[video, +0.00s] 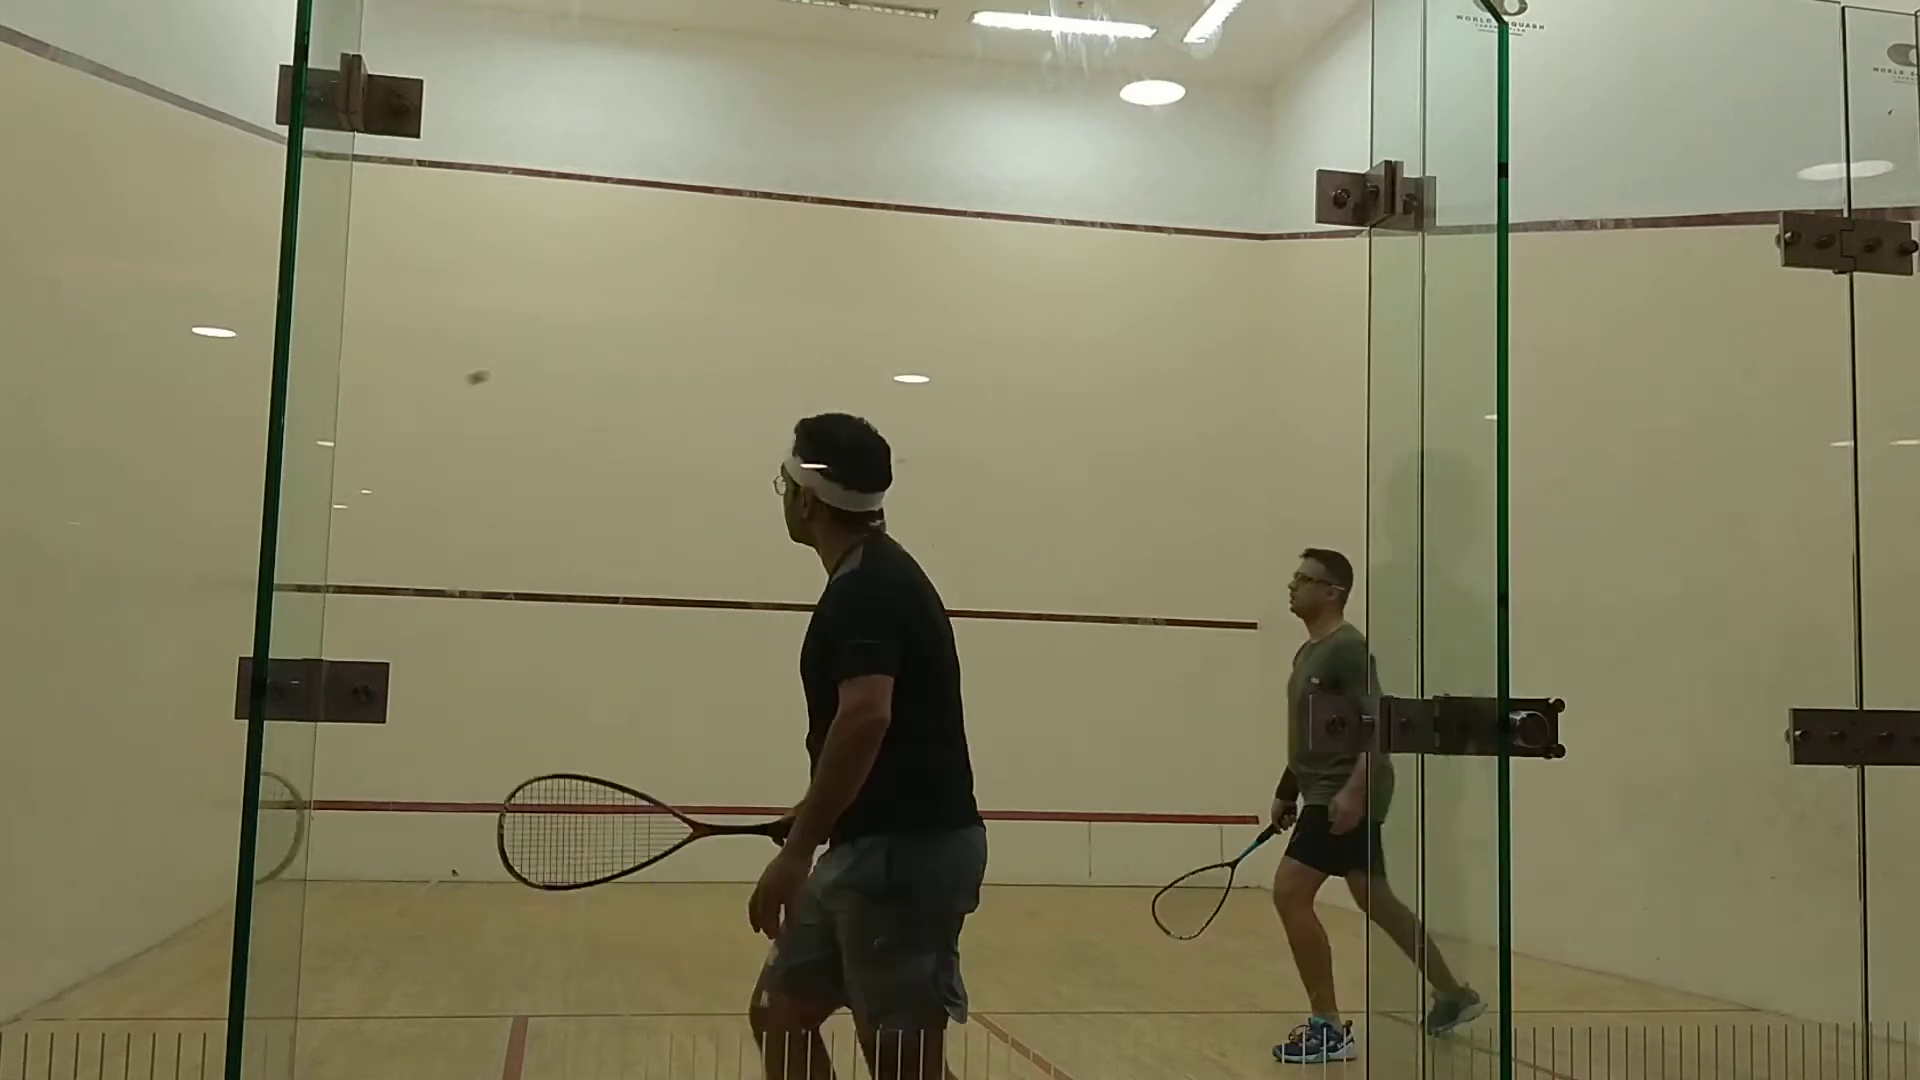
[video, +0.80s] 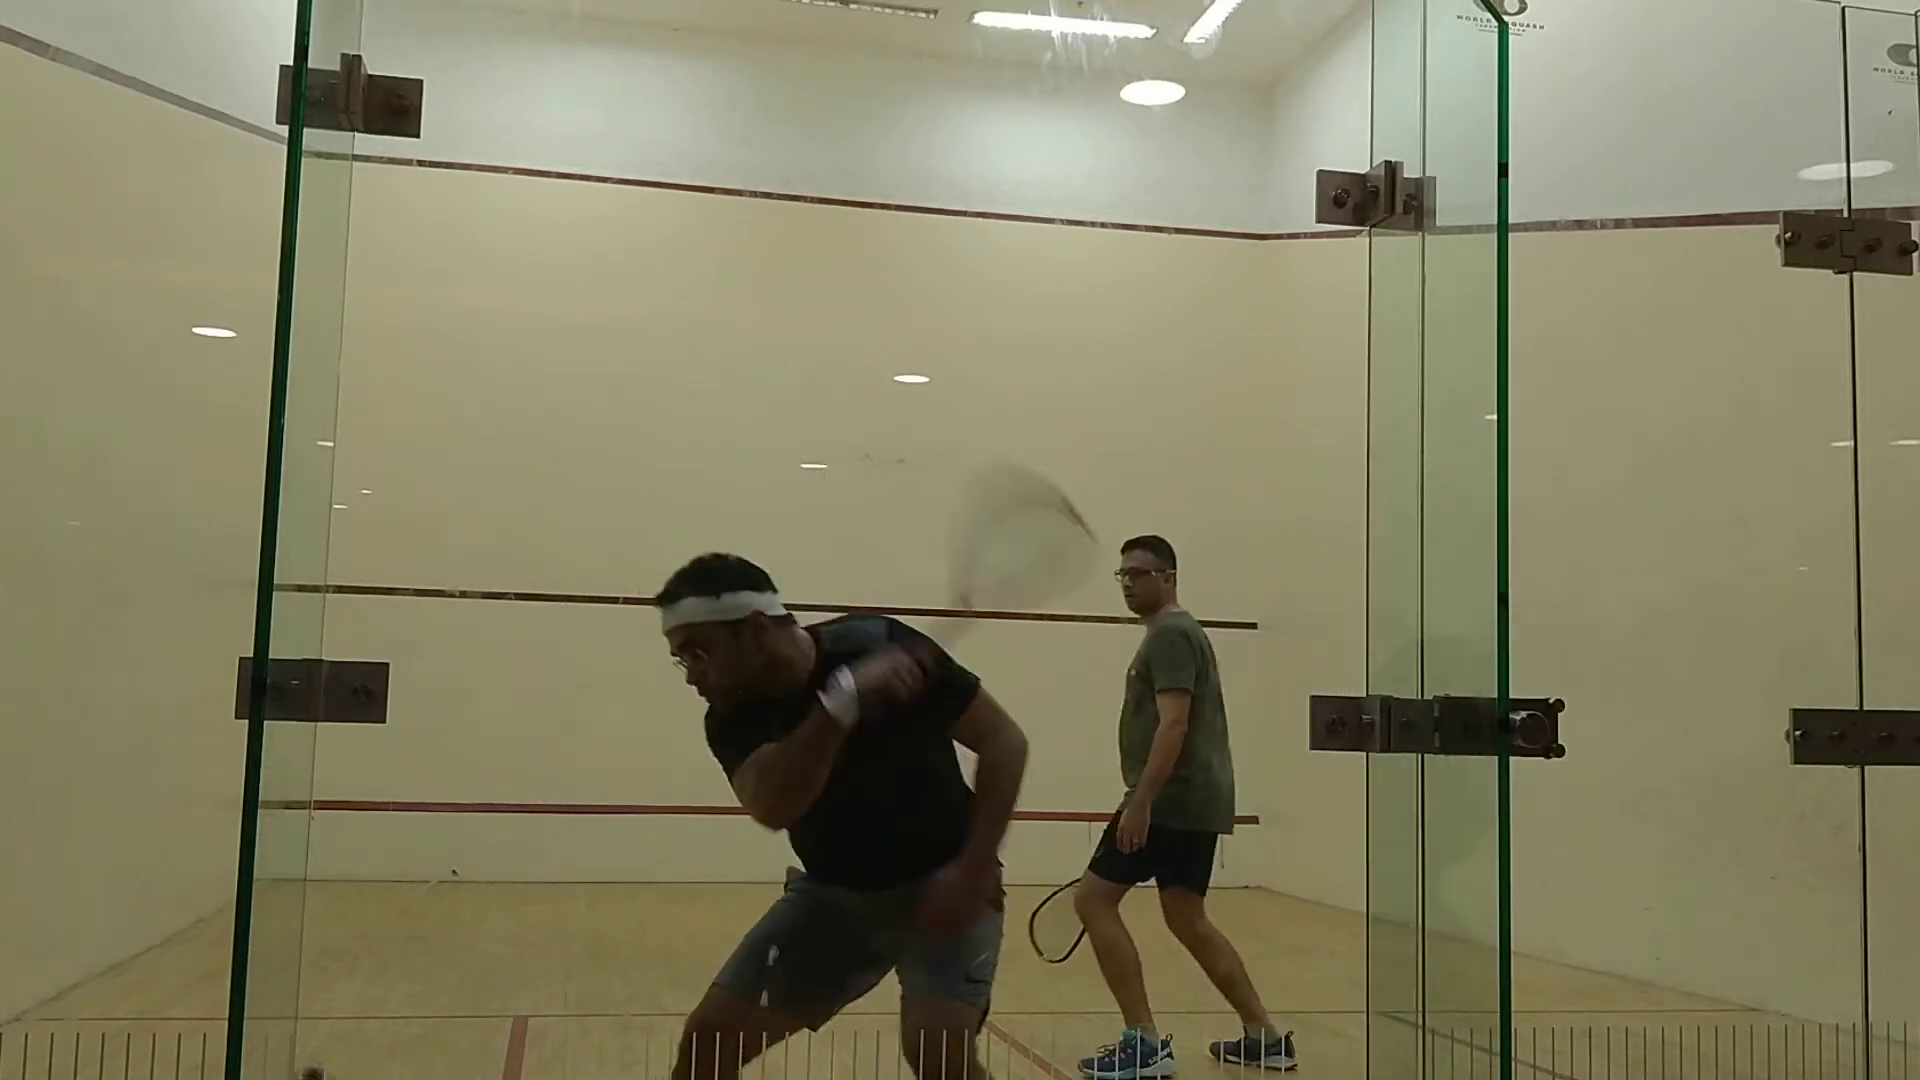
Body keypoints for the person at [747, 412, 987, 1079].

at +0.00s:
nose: (782, 497)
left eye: (787, 483)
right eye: (786, 482)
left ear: (810, 499)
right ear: (867, 498)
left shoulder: (865, 586)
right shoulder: (882, 575)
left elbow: (864, 715)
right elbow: (892, 727)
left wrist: (798, 852)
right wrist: (814, 812)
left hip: (905, 851)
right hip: (872, 846)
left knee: (903, 1052)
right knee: (781, 1015)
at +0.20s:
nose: (747, 499)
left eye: (758, 480)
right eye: (748, 481)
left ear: (813, 483)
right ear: (812, 484)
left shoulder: (880, 571)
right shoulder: (829, 576)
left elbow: (911, 705)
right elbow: (841, 704)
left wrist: (862, 849)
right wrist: (785, 760)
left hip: (916, 843)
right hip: (838, 838)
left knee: (915, 1050)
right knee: (759, 1018)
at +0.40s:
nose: (711, 509)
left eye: (724, 489)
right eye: (708, 493)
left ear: (786, 485)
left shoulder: (887, 577)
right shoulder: (754, 597)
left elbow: (971, 697)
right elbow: (760, 706)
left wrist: (952, 826)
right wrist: (736, 776)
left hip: (904, 856)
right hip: (805, 852)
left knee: (928, 1054)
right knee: (737, 1024)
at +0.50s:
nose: (687, 535)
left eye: (699, 514)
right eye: (683, 518)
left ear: (759, 506)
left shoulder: (868, 585)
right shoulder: (725, 628)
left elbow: (975, 695)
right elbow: (740, 743)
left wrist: (977, 825)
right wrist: (716, 830)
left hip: (906, 858)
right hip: (802, 851)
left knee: (921, 1058)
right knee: (695, 1009)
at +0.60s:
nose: (661, 577)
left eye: (673, 556)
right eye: (656, 561)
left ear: (734, 544)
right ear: (729, 547)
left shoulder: (857, 604)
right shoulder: (699, 677)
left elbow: (975, 702)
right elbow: (723, 812)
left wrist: (954, 817)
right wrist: (688, 822)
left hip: (904, 858)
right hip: (793, 864)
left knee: (898, 1054)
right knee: (694, 1034)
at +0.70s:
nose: (657, 634)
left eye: (663, 611)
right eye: (650, 616)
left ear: (721, 595)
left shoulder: (855, 623)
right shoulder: (702, 708)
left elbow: (970, 722)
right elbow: (747, 813)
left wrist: (929, 823)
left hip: (919, 866)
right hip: (812, 874)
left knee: (900, 1041)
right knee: (696, 1032)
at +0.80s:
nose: (691, 677)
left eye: (698, 653)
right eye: (681, 659)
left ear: (756, 628)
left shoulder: (879, 644)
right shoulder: (729, 717)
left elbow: (1004, 741)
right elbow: (770, 803)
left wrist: (977, 862)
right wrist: (845, 697)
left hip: (947, 884)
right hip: (837, 897)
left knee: (936, 1051)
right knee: (708, 1041)